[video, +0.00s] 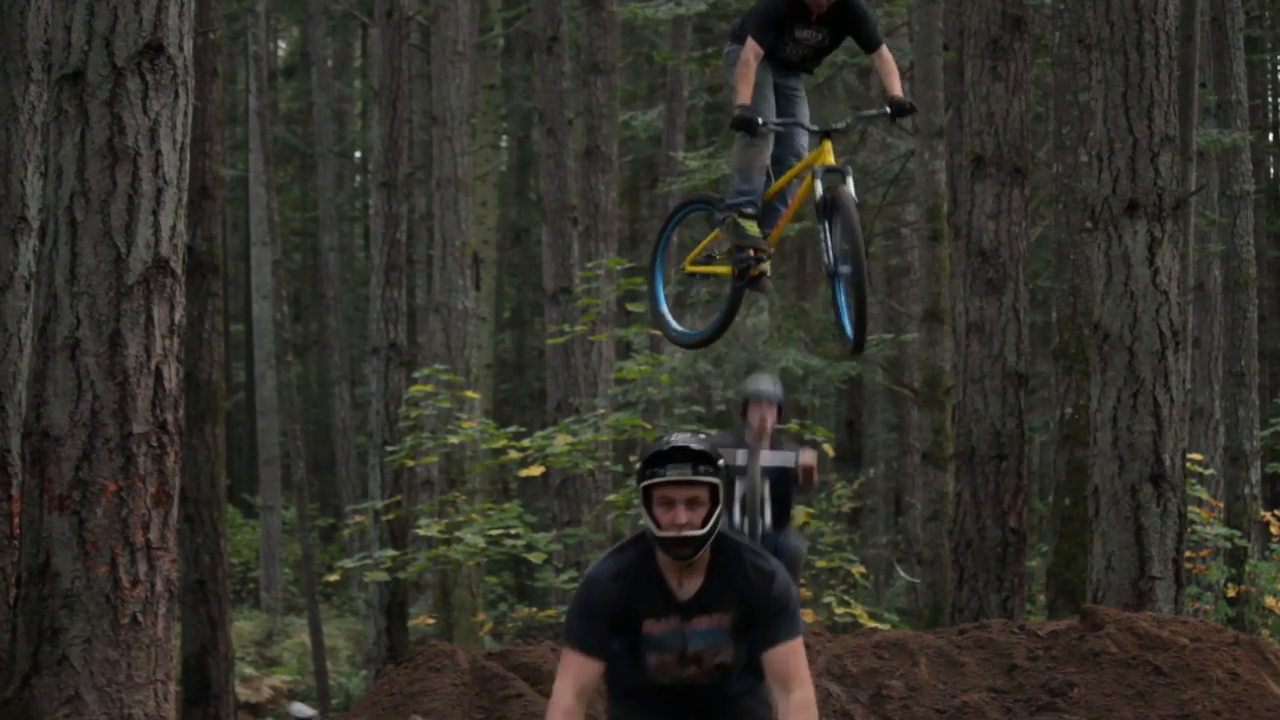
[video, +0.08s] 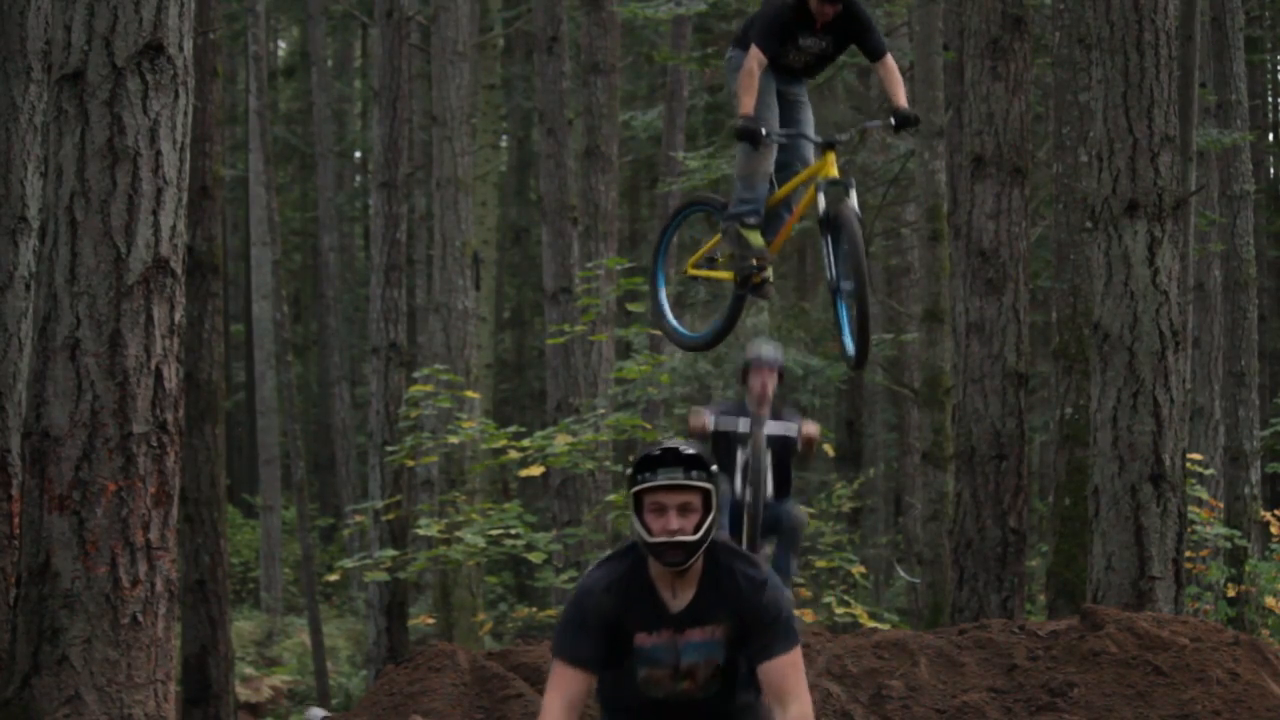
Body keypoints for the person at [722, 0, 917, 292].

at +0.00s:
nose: (820, 1)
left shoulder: (849, 10)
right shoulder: (779, 5)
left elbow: (880, 52)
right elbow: (749, 54)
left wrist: (896, 95)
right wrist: (743, 106)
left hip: (791, 73)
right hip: (753, 60)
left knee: (795, 156)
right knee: (759, 126)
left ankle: (758, 248)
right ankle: (742, 213)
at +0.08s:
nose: (826, 10)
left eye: (834, 5)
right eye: (821, 3)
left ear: (842, 4)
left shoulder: (853, 16)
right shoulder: (782, 11)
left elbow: (883, 60)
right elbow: (753, 62)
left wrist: (901, 106)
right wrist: (746, 116)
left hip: (792, 79)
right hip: (755, 67)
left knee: (800, 163)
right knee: (762, 132)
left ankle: (759, 252)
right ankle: (744, 222)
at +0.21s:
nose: (839, 35)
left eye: (847, 29)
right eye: (833, 26)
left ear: (856, 27)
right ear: (819, 18)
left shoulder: (862, 38)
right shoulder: (792, 27)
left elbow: (893, 85)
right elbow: (762, 86)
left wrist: (911, 135)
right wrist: (753, 144)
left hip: (797, 101)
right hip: (757, 89)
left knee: (813, 179)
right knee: (770, 161)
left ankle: (777, 255)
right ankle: (751, 250)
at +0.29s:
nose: (843, 50)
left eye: (851, 44)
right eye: (838, 41)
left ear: (861, 41)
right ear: (825, 32)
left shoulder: (866, 53)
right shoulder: (798, 42)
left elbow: (898, 102)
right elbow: (767, 102)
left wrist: (916, 156)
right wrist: (757, 163)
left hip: (799, 114)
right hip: (758, 101)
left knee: (818, 194)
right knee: (775, 179)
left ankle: (778, 266)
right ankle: (754, 270)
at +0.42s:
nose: (856, 96)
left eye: (864, 90)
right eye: (851, 86)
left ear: (876, 87)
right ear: (839, 75)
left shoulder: (877, 100)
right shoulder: (809, 84)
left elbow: (909, 150)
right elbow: (777, 146)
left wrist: (928, 210)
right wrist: (766, 212)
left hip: (806, 155)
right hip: (761, 140)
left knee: (831, 239)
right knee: (781, 223)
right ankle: (762, 314)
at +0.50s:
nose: (863, 126)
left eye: (871, 120)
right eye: (859, 116)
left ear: (883, 115)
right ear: (846, 103)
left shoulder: (882, 126)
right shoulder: (815, 111)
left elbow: (914, 179)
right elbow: (782, 176)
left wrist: (934, 242)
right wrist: (773, 243)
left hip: (809, 177)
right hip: (763, 162)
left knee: (836, 261)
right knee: (783, 248)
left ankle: (823, 332)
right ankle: (765, 340)